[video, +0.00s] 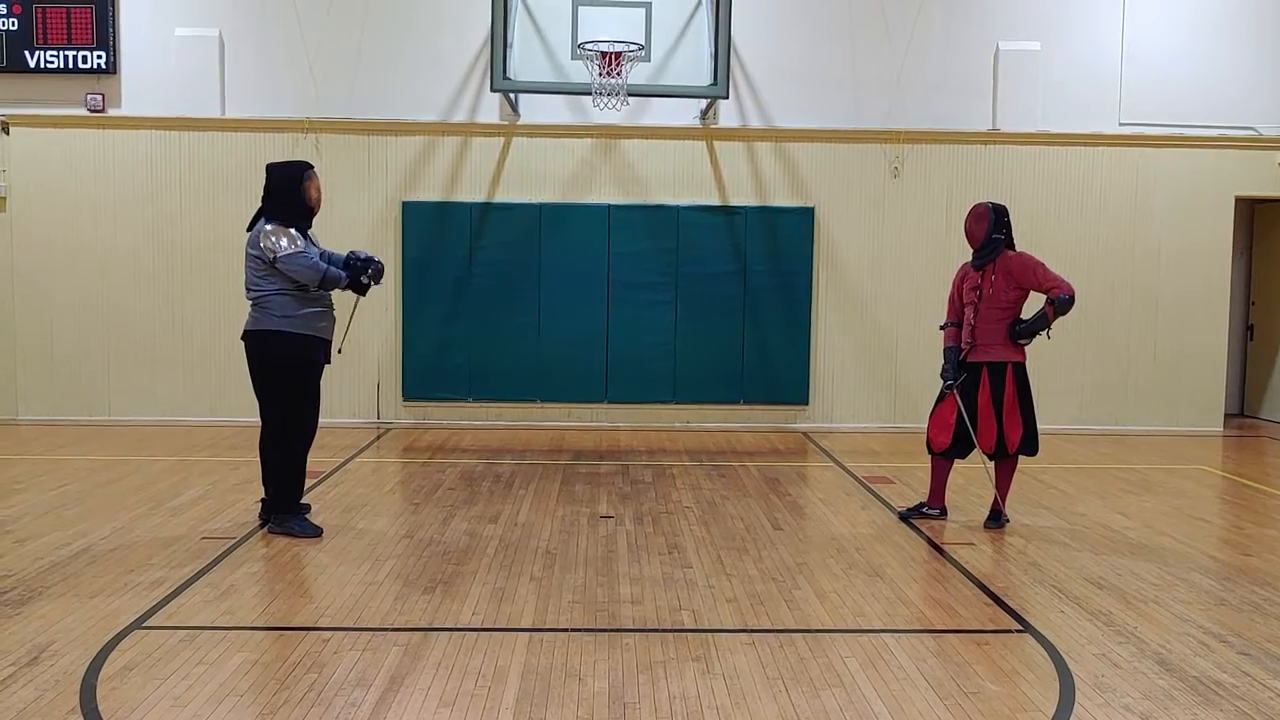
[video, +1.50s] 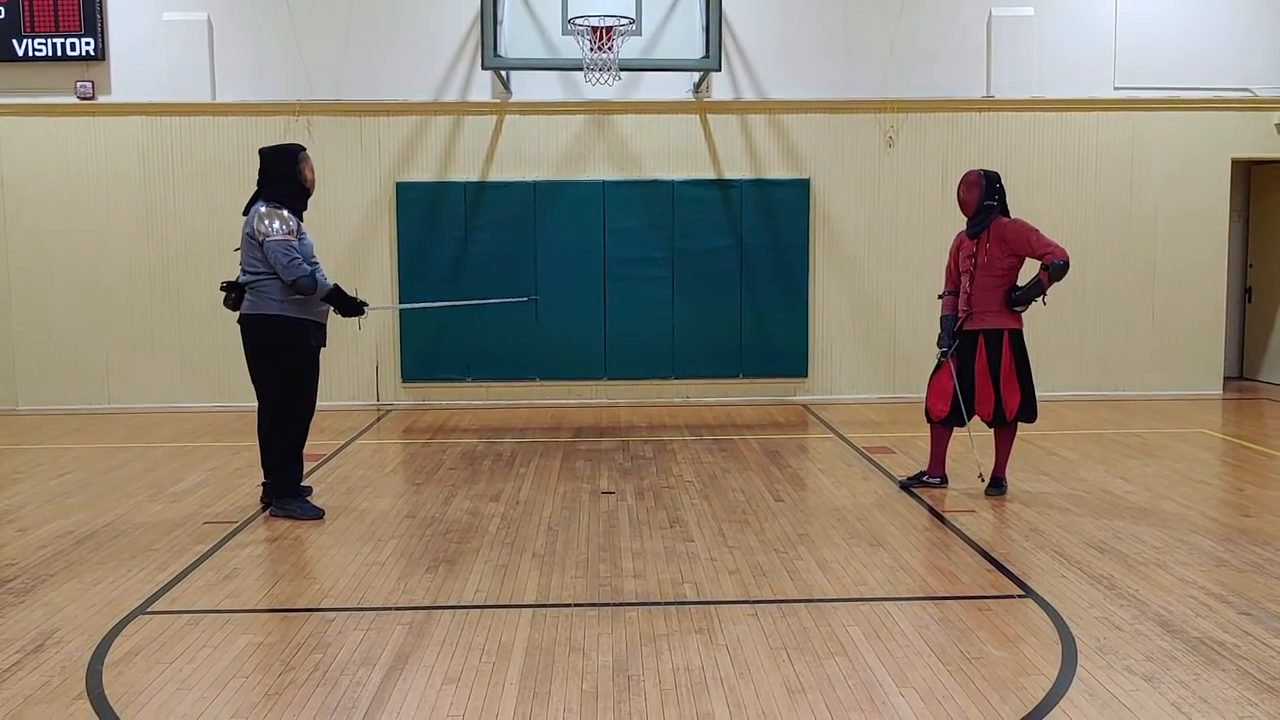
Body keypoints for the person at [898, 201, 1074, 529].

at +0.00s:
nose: (968, 232)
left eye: (974, 225)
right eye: (969, 225)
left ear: (992, 227)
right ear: (980, 228)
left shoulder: (1016, 263)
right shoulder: (966, 272)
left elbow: (1064, 293)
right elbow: (953, 320)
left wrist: (1032, 326)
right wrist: (950, 361)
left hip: (1004, 365)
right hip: (967, 365)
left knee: (1006, 435)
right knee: (943, 428)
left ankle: (998, 508)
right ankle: (935, 503)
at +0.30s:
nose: (966, 231)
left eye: (972, 223)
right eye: (966, 224)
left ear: (991, 226)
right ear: (976, 227)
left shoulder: (1015, 262)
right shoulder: (965, 271)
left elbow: (1063, 292)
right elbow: (953, 320)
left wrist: (1031, 325)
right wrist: (950, 361)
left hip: (1004, 364)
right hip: (966, 364)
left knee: (1006, 435)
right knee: (943, 428)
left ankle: (999, 507)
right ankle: (935, 502)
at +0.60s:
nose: (964, 228)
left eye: (970, 221)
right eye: (964, 221)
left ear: (989, 223)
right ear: (971, 224)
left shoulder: (1012, 258)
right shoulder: (964, 267)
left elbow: (1062, 288)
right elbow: (952, 316)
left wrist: (1031, 321)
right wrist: (950, 356)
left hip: (1003, 360)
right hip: (966, 361)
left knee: (1006, 431)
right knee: (943, 424)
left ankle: (999, 503)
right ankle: (936, 499)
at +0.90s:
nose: (962, 218)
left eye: (968, 210)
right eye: (962, 211)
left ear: (987, 213)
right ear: (971, 214)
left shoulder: (1013, 248)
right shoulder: (964, 258)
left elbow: (1062, 279)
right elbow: (953, 307)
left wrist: (1031, 312)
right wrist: (950, 347)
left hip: (1004, 350)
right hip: (967, 351)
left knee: (1007, 421)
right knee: (944, 415)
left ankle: (1000, 494)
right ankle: (937, 489)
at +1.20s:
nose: (961, 206)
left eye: (967, 199)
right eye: (960, 199)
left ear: (987, 202)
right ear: (968, 204)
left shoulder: (1011, 237)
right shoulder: (963, 248)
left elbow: (1061, 268)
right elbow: (952, 297)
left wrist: (1030, 301)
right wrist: (949, 336)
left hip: (1003, 340)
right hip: (966, 341)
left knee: (1006, 410)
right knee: (943, 404)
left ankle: (1000, 484)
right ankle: (936, 480)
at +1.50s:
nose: (960, 198)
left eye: (966, 190)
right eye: (959, 191)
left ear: (986, 194)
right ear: (966, 195)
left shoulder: (1009, 229)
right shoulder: (962, 240)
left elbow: (1058, 259)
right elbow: (951, 290)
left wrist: (1028, 292)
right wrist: (947, 328)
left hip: (1002, 332)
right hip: (964, 333)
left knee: (1004, 402)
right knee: (941, 395)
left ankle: (998, 475)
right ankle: (935, 471)